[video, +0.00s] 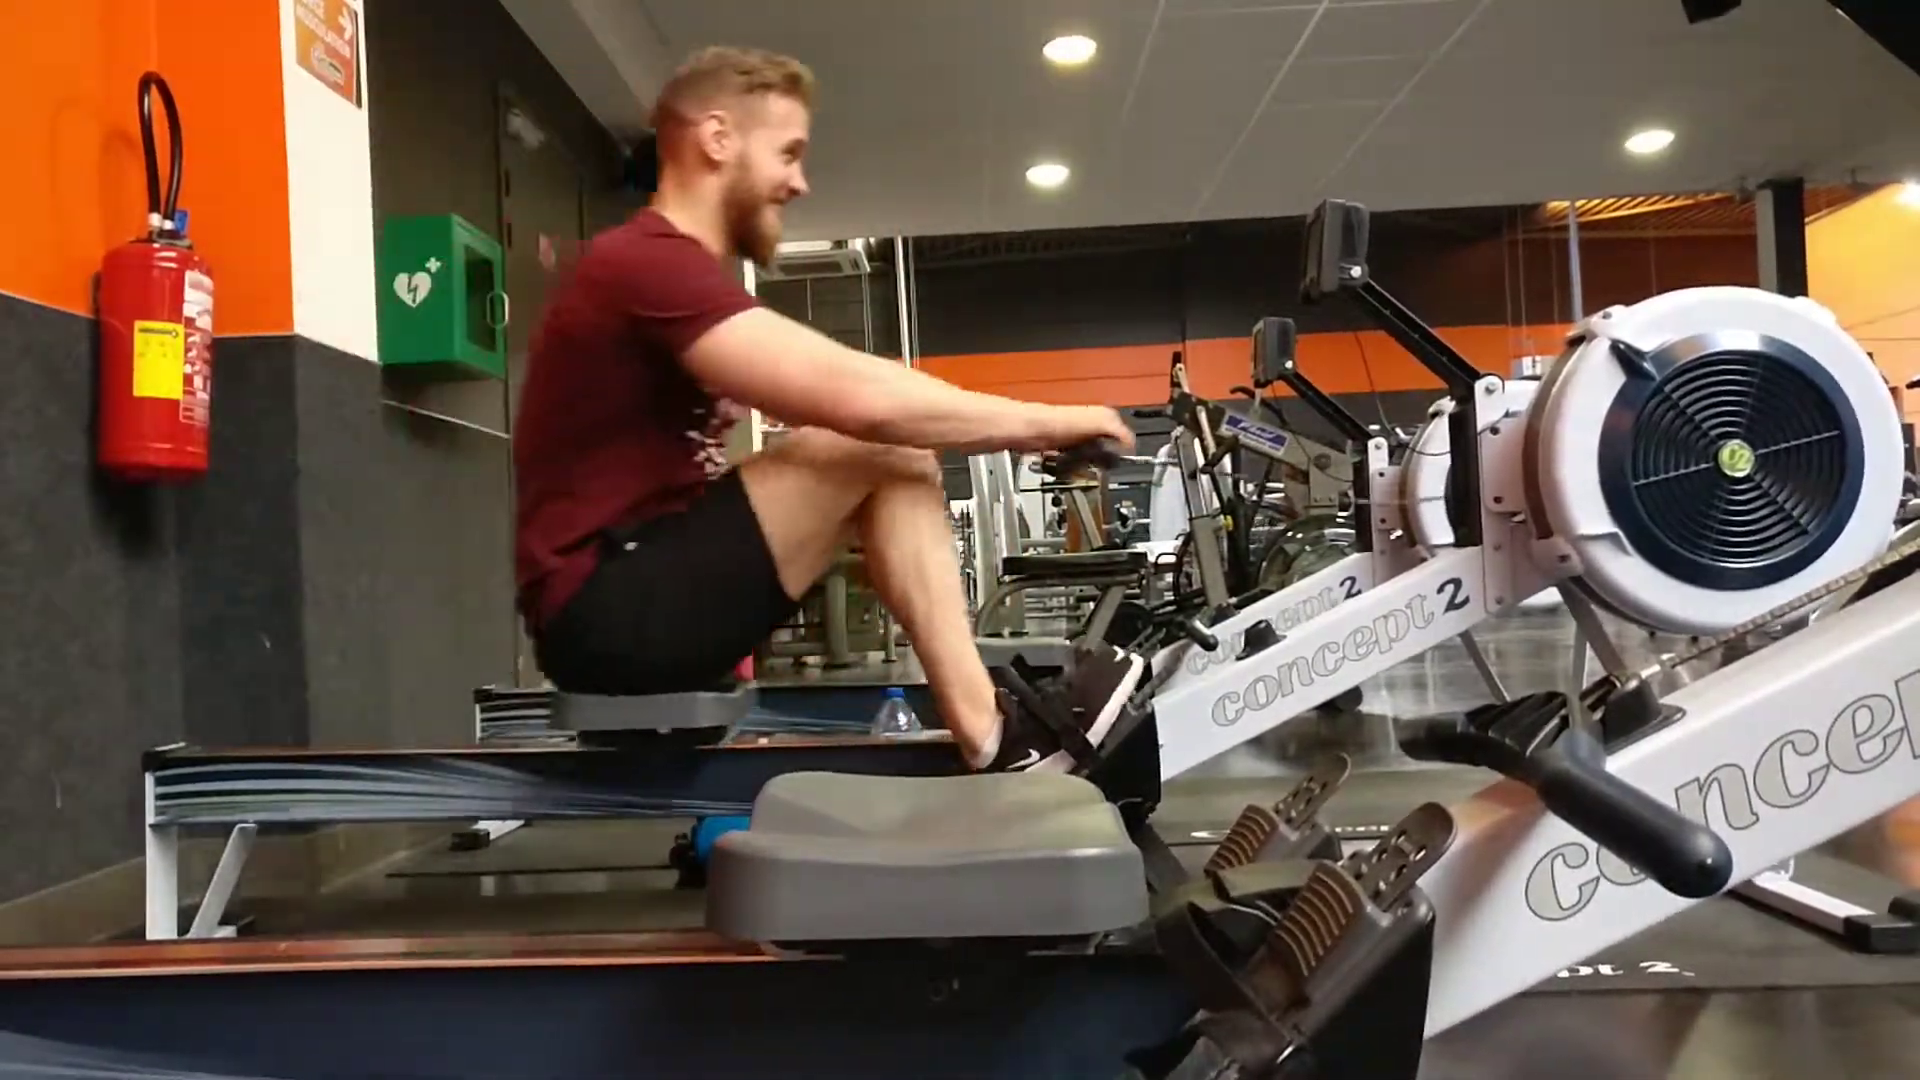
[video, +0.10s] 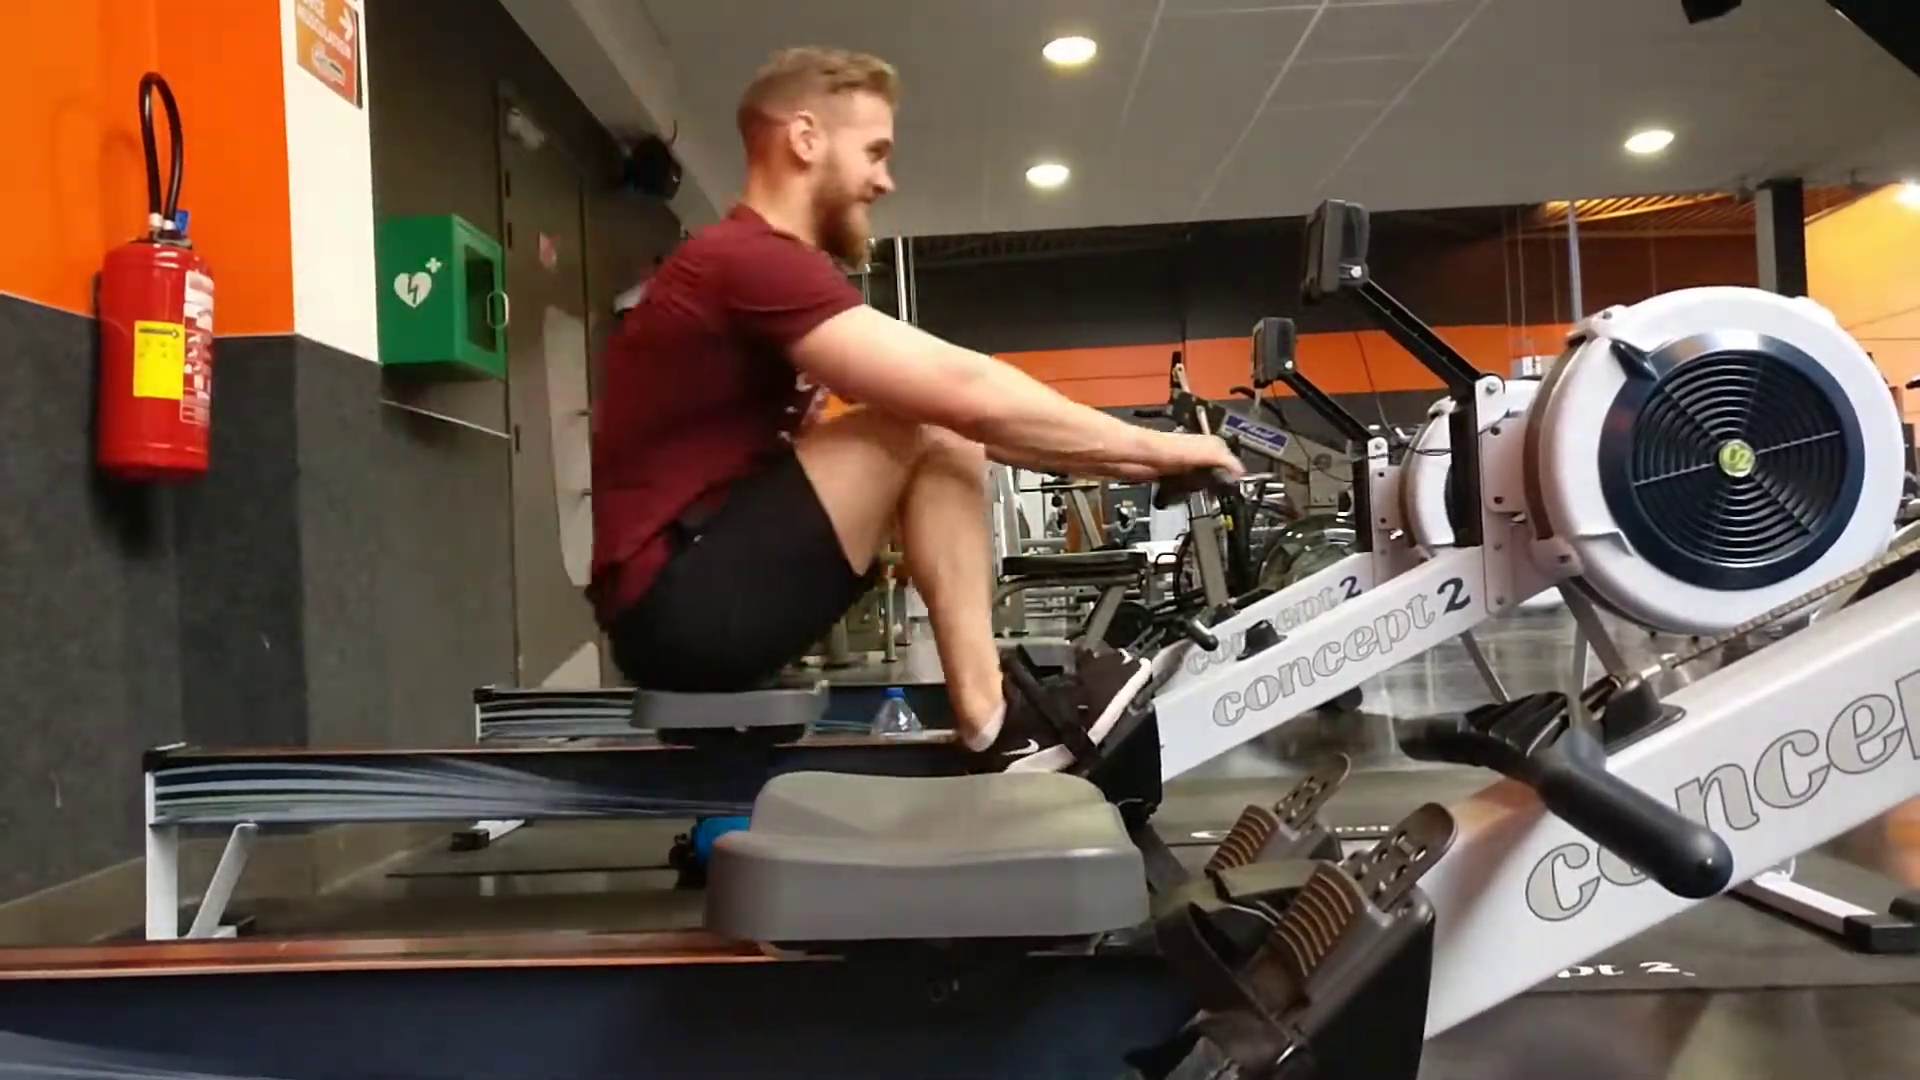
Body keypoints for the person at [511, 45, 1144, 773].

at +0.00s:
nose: (800, 183)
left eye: (802, 160)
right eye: (788, 153)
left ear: (716, 145)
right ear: (714, 138)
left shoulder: (667, 269)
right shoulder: (646, 266)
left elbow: (847, 392)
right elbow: (855, 397)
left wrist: (1026, 422)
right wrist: (1034, 422)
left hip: (630, 604)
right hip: (611, 615)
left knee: (872, 444)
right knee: (889, 452)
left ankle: (976, 716)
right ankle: (983, 731)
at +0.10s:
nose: (887, 181)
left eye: (888, 159)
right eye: (875, 152)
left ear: (805, 145)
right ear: (803, 139)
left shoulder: (755, 264)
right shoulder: (751, 261)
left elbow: (960, 400)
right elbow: (968, 396)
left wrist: (1136, 455)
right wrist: (1154, 450)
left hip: (686, 608)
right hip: (679, 614)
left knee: (932, 430)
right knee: (930, 431)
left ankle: (987, 709)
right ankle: (985, 723)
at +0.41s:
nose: (851, 156)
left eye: (845, 131)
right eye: (834, 128)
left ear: (759, 128)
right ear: (760, 124)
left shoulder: (735, 260)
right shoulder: (713, 255)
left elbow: (917, 386)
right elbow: (921, 383)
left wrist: (1106, 422)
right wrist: (1116, 422)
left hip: (704, 600)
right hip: (691, 609)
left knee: (934, 427)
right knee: (932, 427)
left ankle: (992, 700)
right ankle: (992, 717)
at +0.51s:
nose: (704, 144)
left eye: (700, 120)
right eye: (684, 115)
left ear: (618, 122)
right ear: (607, 119)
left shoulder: (639, 264)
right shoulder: (564, 249)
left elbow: (759, 385)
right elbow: (746, 383)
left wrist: (930, 403)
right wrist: (942, 399)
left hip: (638, 595)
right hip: (600, 603)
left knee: (887, 448)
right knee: (884, 452)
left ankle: (989, 718)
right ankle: (994, 737)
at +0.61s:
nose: (562, 141)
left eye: (558, 119)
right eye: (541, 115)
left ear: (474, 122)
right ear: (458, 119)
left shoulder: (517, 271)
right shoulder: (428, 261)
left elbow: (650, 396)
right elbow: (592, 406)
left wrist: (812, 423)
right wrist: (801, 421)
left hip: (557, 588)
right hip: (510, 605)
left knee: (825, 475)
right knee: (818, 478)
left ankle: (988, 717)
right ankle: (989, 733)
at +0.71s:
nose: (435, 170)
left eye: (436, 149)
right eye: (415, 141)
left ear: (362, 147)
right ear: (329, 140)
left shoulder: (406, 295)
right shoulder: (287, 282)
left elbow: (507, 451)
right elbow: (397, 431)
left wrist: (626, 419)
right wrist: (609, 407)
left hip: (496, 580)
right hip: (437, 606)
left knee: (766, 524)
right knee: (759, 525)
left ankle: (989, 721)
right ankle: (992, 745)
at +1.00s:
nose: (535, 192)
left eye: (539, 170)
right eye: (521, 162)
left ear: (453, 154)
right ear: (435, 142)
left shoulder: (450, 298)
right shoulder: (336, 272)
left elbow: (442, 473)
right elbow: (303, 442)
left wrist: (528, 445)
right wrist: (498, 418)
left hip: (461, 597)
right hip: (400, 615)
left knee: (746, 538)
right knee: (739, 539)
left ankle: (968, 733)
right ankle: (966, 744)